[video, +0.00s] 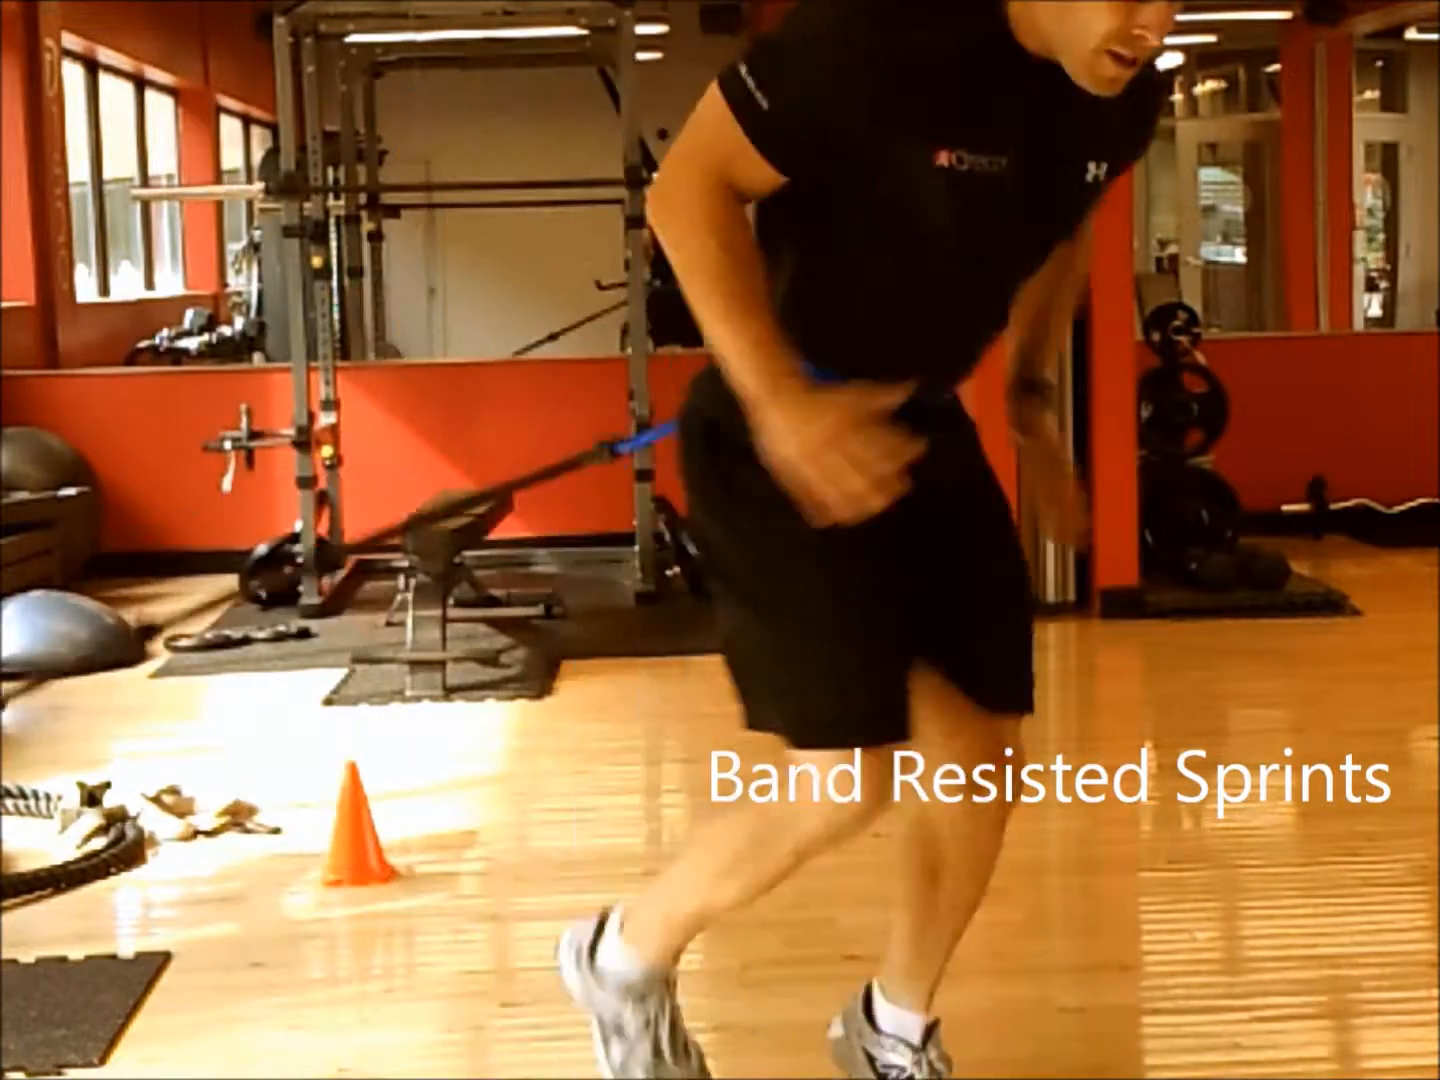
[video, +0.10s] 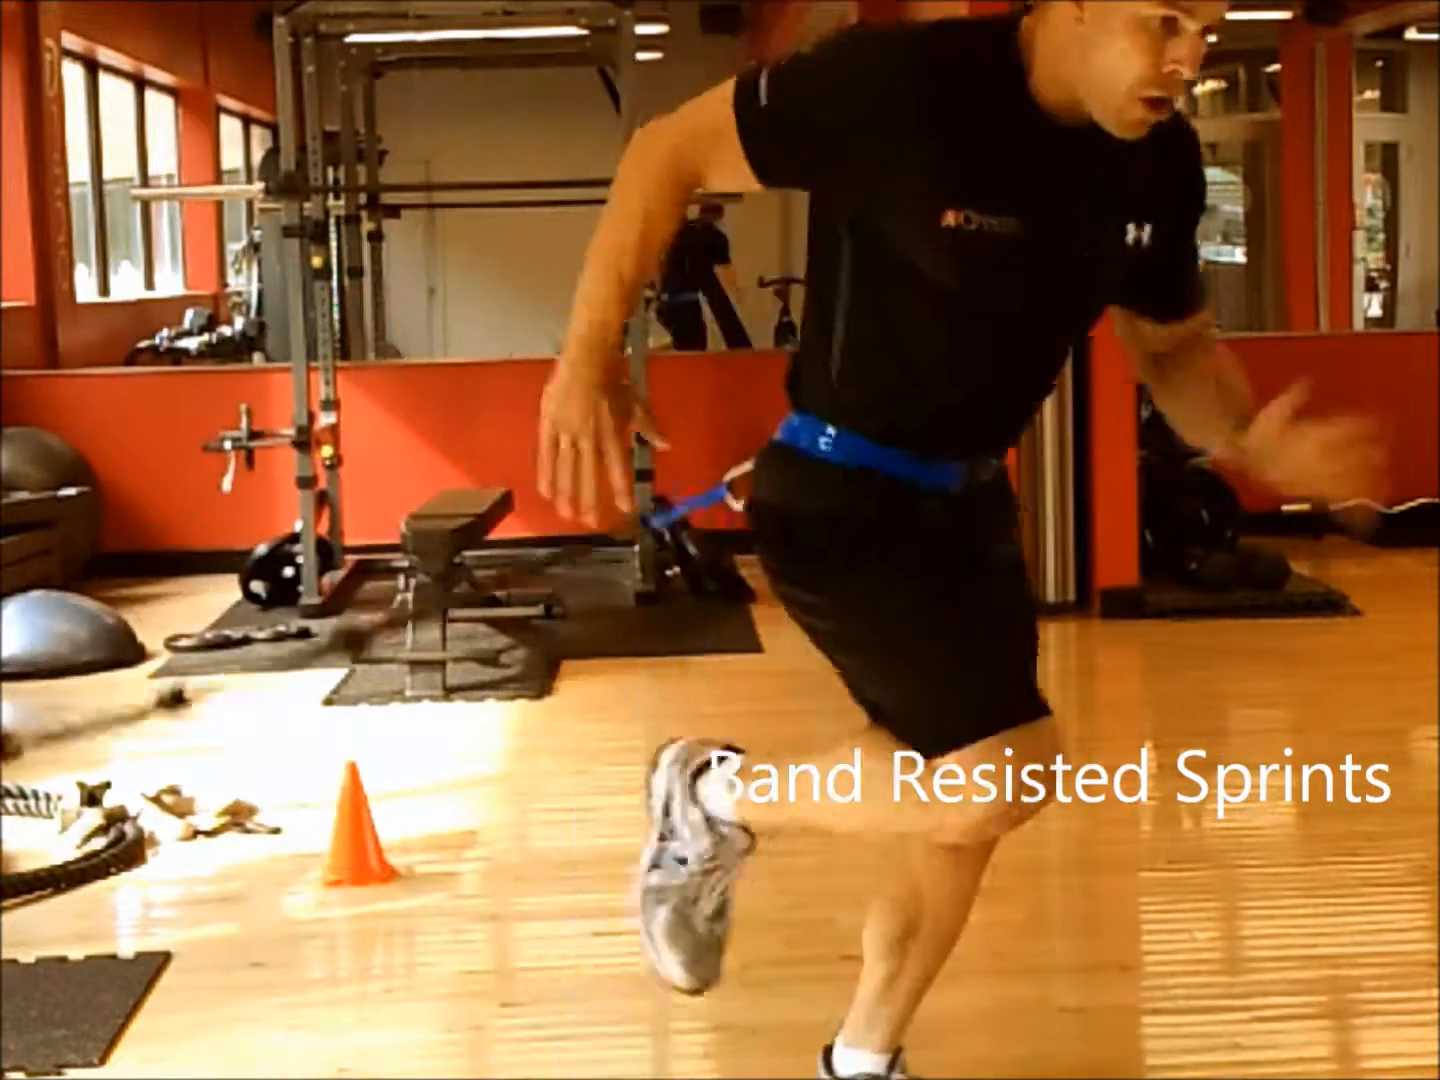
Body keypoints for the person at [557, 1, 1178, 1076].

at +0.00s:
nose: (1150, 27)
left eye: (1170, 5)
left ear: (1179, 10)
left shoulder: (1119, 103)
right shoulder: (872, 40)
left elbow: (1061, 237)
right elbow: (688, 186)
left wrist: (1030, 401)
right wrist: (780, 398)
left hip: (920, 416)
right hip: (772, 415)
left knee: (981, 745)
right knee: (844, 771)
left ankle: (893, 1025)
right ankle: (623, 955)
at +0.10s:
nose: (1186, 64)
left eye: (1205, 38)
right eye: (1165, 24)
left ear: (1210, 45)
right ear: (1069, 5)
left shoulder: (1156, 158)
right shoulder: (899, 85)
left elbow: (1176, 344)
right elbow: (666, 151)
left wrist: (1246, 446)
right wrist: (587, 356)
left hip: (968, 498)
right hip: (834, 491)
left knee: (967, 805)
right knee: (1006, 772)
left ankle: (861, 1058)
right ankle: (713, 797)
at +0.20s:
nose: (1217, 23)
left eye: (1238, 4)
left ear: (1251, 12)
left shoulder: (1201, 108)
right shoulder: (929, 37)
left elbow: (1205, 274)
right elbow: (696, 103)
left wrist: (1281, 334)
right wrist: (636, 331)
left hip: (995, 456)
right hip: (860, 444)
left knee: (951, 774)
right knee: (1009, 775)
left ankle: (870, 1037)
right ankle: (770, 902)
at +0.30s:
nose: (1227, 1)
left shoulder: (1214, 62)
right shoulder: (938, 27)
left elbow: (1167, 222)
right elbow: (740, 163)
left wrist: (1182, 405)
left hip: (1029, 436)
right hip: (869, 435)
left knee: (1098, 780)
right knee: (886, 809)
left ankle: (885, 924)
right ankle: (766, 1062)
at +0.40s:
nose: (1228, 56)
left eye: (1240, 25)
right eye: (1207, 16)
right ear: (1104, 2)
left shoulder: (1173, 114)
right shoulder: (960, 87)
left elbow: (1072, 289)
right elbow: (863, 330)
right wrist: (1123, 314)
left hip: (1020, 508)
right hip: (863, 515)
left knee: (1237, 768)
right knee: (822, 875)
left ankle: (960, 752)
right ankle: (725, 1072)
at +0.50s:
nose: (1272, 25)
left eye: (1288, 1)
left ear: (1301, 4)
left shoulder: (1219, 79)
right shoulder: (983, 47)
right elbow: (849, 287)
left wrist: (1179, 308)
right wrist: (1092, 347)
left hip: (1041, 464)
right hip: (879, 458)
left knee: (1198, 767)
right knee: (833, 818)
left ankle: (931, 840)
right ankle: (729, 1067)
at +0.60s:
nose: (1287, 19)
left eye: (1304, 2)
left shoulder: (1259, 86)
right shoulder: (980, 31)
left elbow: (1190, 252)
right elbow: (792, 194)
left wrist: (1194, 431)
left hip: (1040, 441)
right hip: (893, 430)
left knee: (1071, 801)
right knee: (947, 824)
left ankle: (868, 989)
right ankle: (704, 982)